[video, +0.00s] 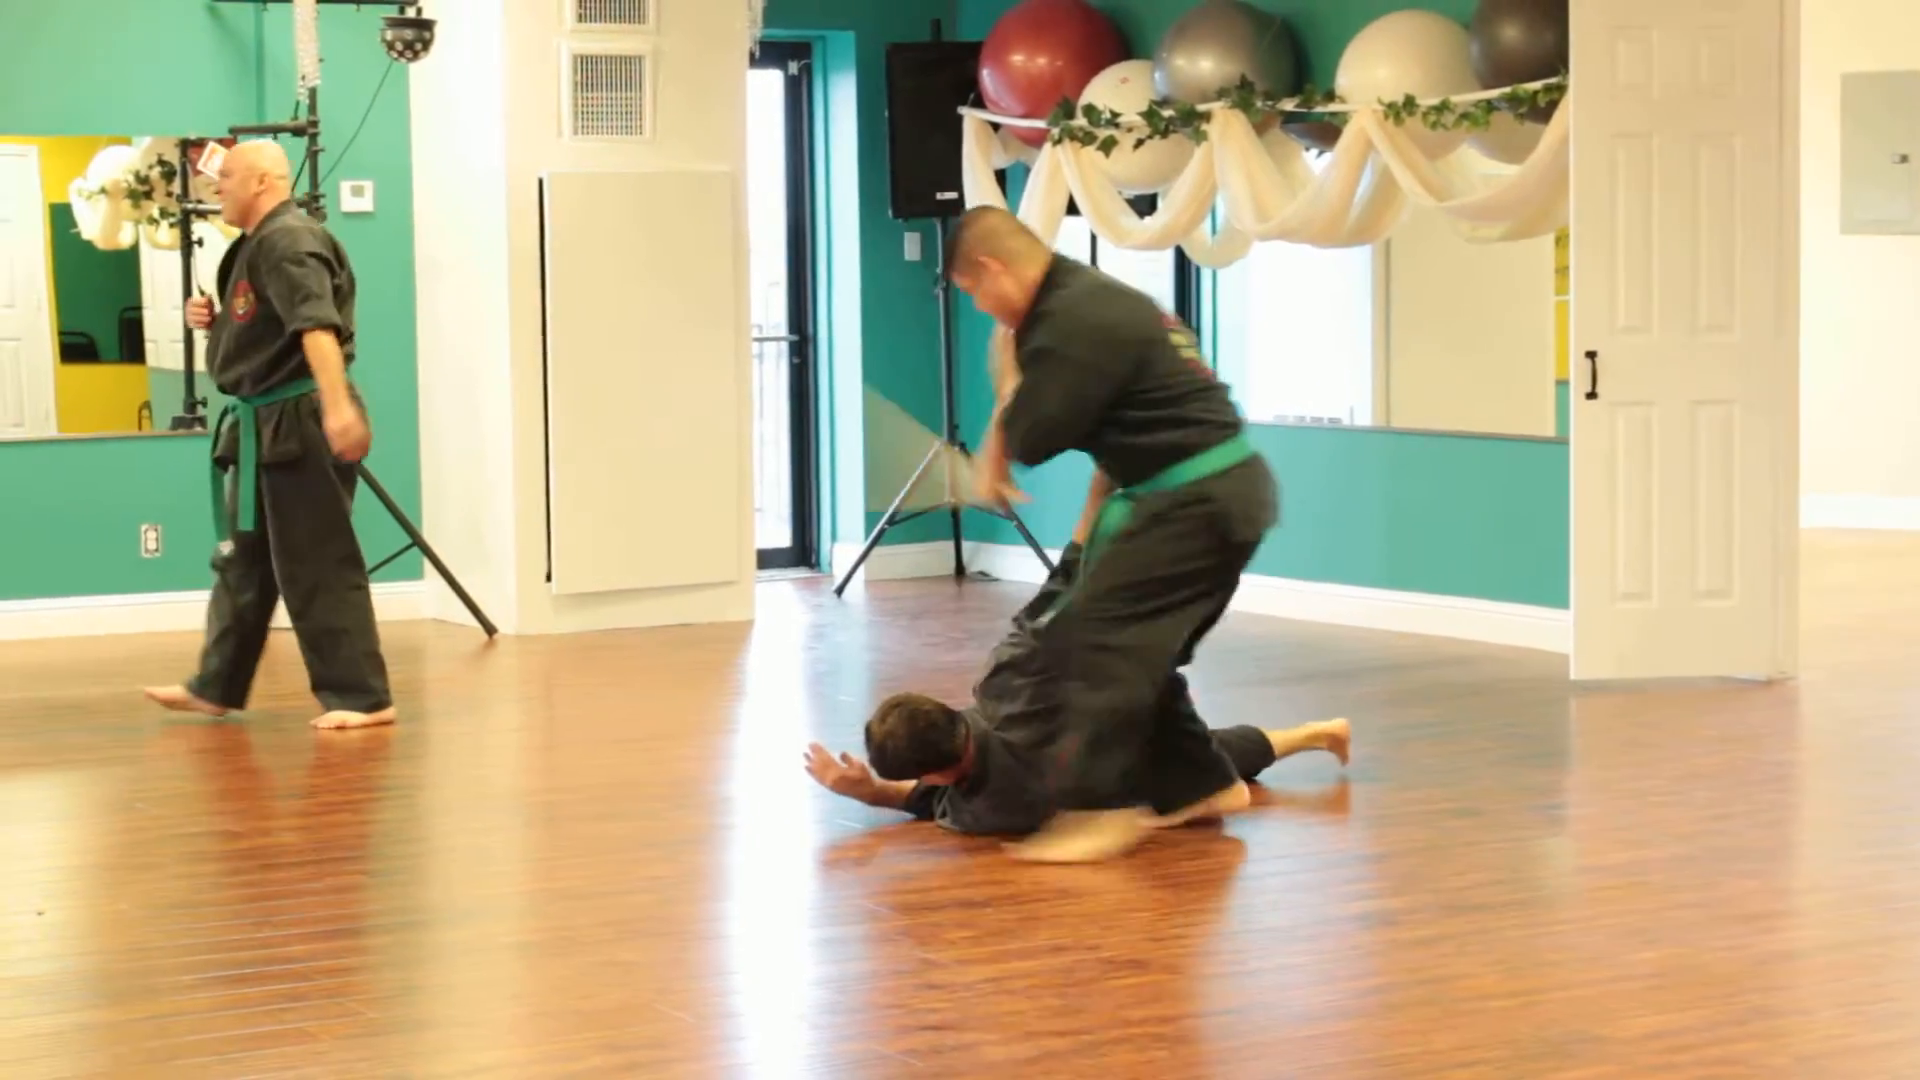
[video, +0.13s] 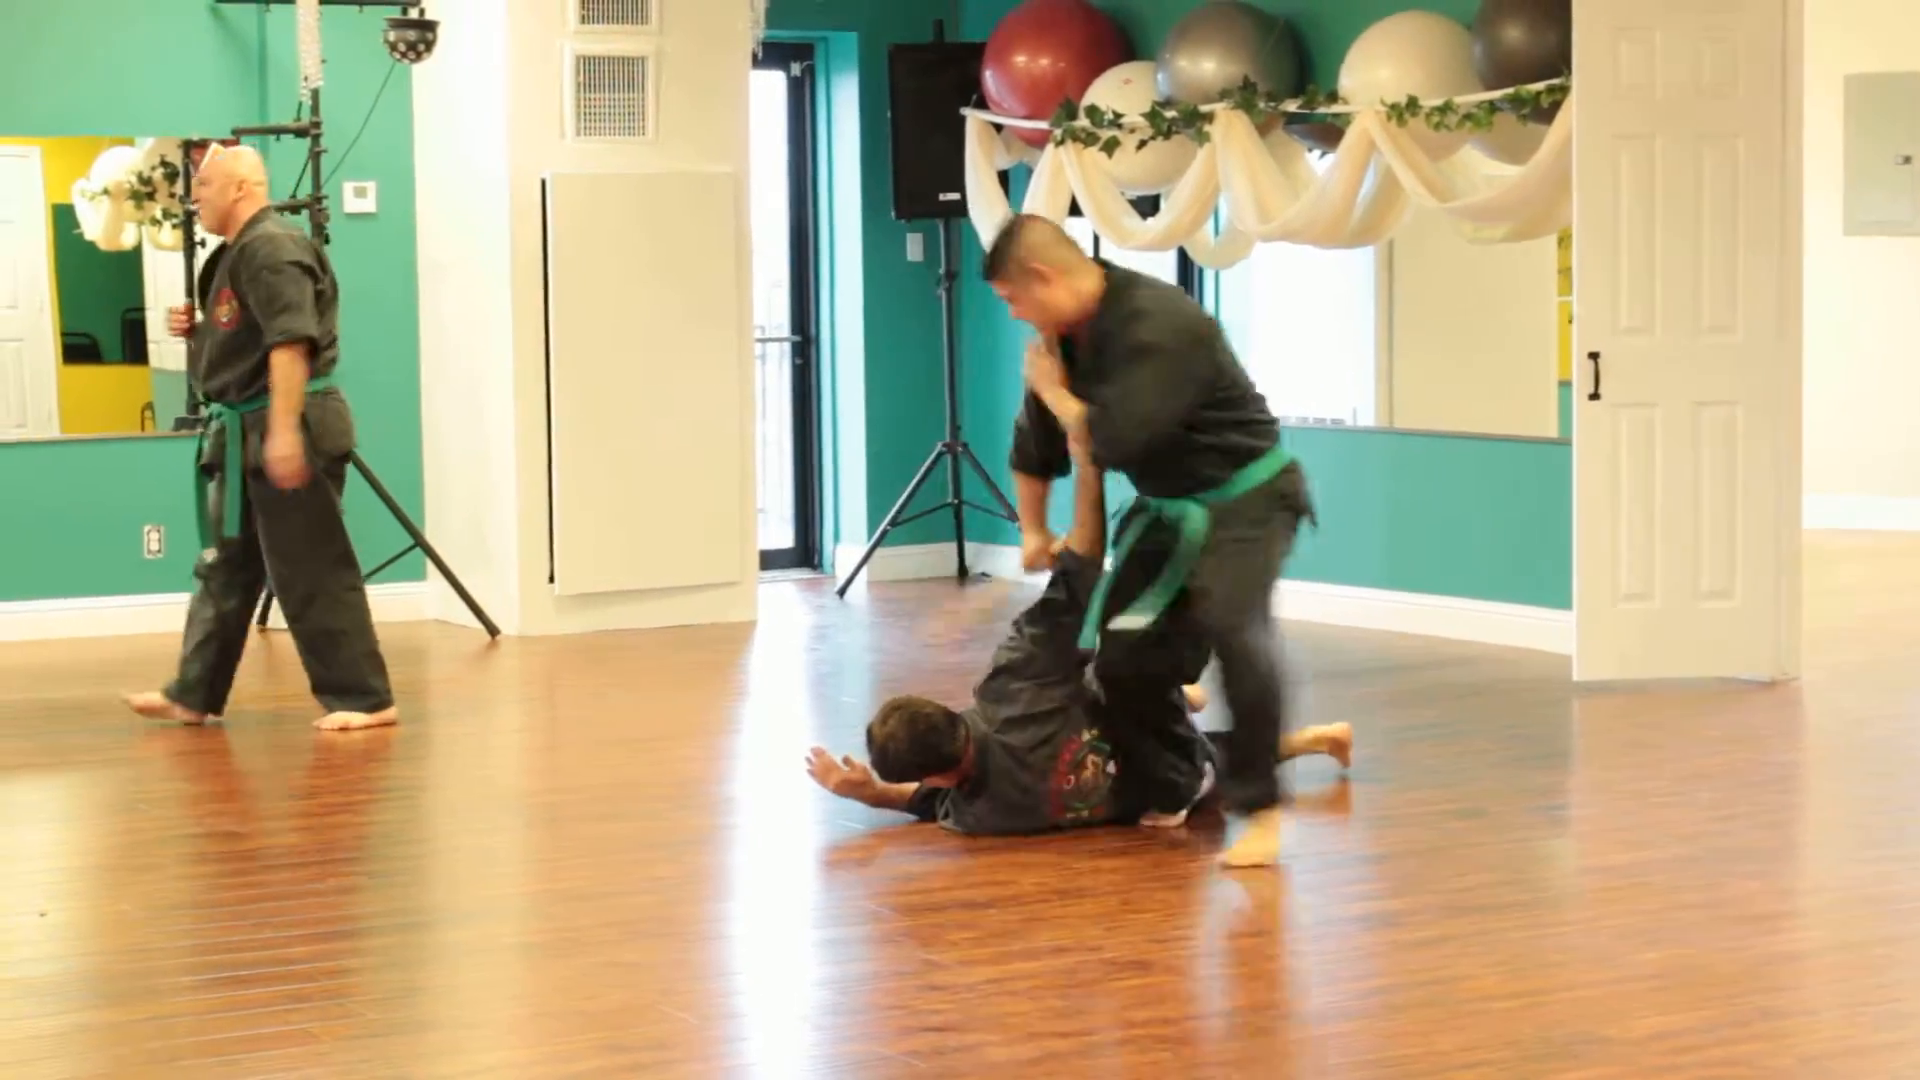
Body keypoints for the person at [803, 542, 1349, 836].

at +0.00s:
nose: (889, 770)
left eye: (895, 768)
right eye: (882, 756)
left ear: (934, 776)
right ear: (943, 703)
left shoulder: (998, 804)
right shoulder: (989, 691)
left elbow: (928, 806)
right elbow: (919, 789)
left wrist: (869, 791)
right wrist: (866, 786)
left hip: (1121, 759)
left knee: (1208, 763)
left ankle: (1308, 738)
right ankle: (1111, 483)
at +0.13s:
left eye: (902, 773)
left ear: (933, 781)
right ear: (949, 708)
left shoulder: (979, 819)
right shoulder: (1014, 691)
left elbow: (928, 801)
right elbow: (1079, 568)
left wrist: (867, 790)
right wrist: (1081, 442)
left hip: (1151, 790)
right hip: (1132, 723)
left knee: (1210, 755)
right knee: (1124, 661)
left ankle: (1292, 746)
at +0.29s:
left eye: (910, 778)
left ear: (936, 786)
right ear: (955, 706)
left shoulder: (986, 817)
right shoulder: (1025, 685)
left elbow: (925, 801)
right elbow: (1098, 582)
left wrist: (863, 790)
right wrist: (1117, 471)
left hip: (1157, 780)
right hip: (1145, 694)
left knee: (1223, 757)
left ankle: (1324, 741)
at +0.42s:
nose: (904, 777)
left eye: (907, 774)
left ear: (939, 782)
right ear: (957, 710)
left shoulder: (986, 821)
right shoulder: (1027, 691)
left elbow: (934, 804)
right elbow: (1120, 593)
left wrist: (876, 790)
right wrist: (1135, 488)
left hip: (1151, 785)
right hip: (1139, 703)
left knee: (1226, 761)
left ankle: (1326, 749)